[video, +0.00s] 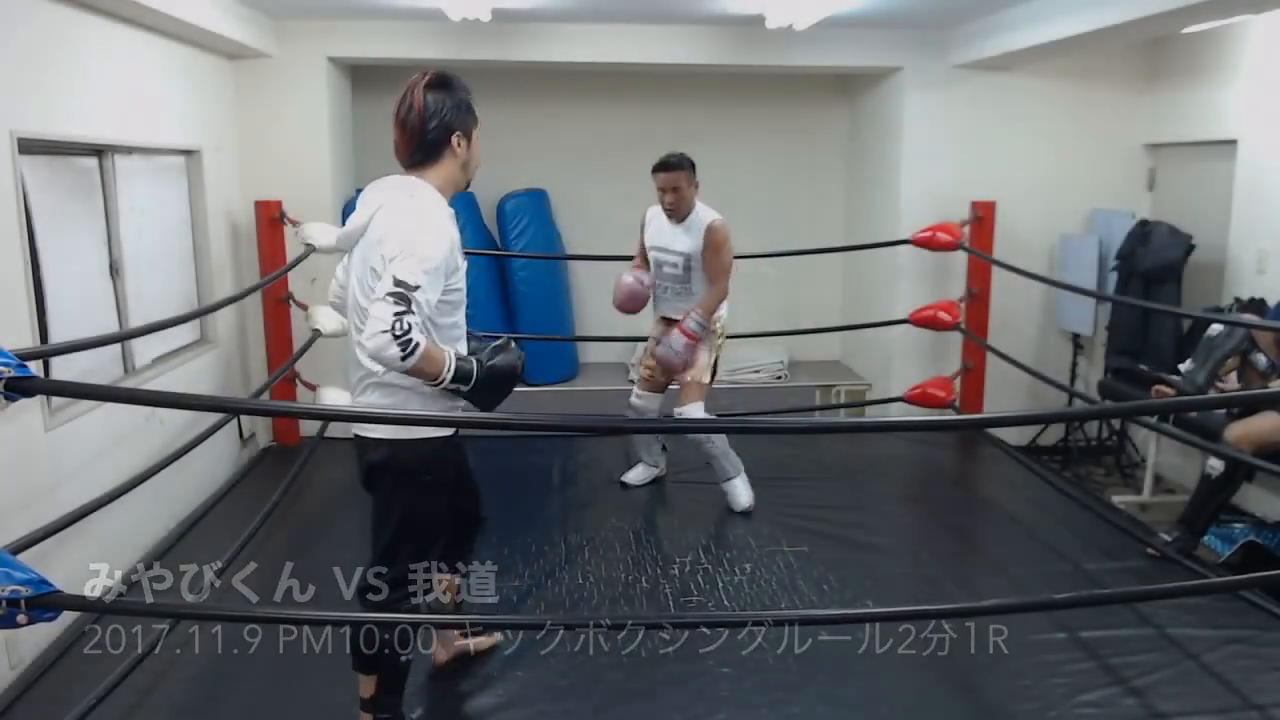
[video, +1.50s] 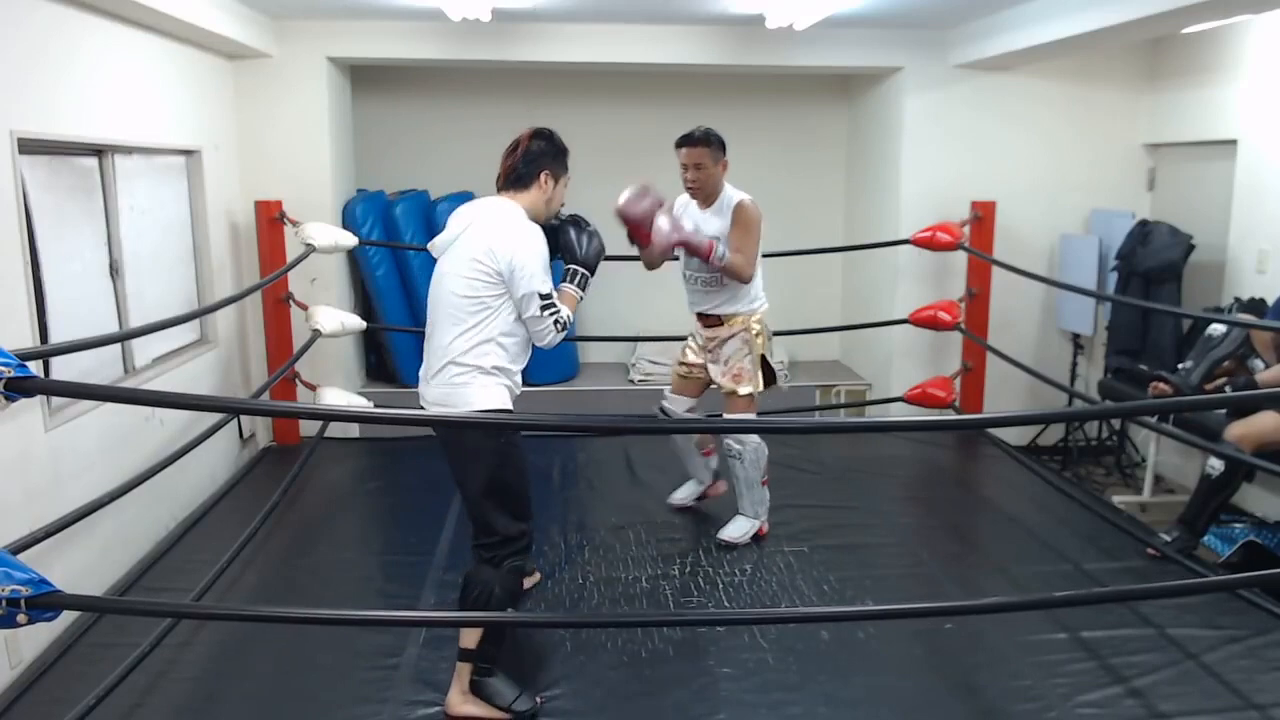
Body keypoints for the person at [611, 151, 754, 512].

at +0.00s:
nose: (667, 199)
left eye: (675, 191)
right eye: (661, 191)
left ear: (695, 187)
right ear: (655, 189)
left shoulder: (713, 229)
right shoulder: (653, 217)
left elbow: (719, 289)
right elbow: (642, 260)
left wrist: (686, 332)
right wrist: (635, 281)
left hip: (702, 324)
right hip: (665, 321)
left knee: (689, 413)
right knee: (642, 403)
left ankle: (732, 477)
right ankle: (653, 461)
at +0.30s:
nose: (670, 188)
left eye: (679, 180)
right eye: (664, 180)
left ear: (698, 181)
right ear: (657, 181)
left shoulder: (720, 224)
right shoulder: (647, 223)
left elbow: (739, 280)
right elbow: (643, 270)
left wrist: (713, 323)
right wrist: (640, 315)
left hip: (709, 331)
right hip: (667, 330)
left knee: (708, 418)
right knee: (673, 406)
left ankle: (732, 495)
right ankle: (681, 458)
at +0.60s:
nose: (673, 181)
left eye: (682, 173)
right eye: (667, 173)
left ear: (703, 173)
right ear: (661, 174)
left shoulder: (724, 217)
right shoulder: (651, 217)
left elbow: (729, 277)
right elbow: (639, 269)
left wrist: (692, 277)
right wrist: (622, 279)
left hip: (721, 328)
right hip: (673, 329)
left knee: (726, 421)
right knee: (645, 410)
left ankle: (733, 498)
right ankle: (647, 494)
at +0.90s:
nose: (646, 182)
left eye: (655, 174)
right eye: (640, 174)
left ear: (676, 173)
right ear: (633, 175)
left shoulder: (699, 213)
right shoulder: (630, 214)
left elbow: (688, 261)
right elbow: (599, 263)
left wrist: (660, 233)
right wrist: (587, 228)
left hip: (703, 331)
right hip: (656, 334)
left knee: (708, 422)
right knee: (639, 420)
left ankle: (729, 492)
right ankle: (637, 506)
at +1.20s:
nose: (660, 178)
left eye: (670, 170)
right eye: (654, 169)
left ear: (691, 170)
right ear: (647, 170)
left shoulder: (711, 210)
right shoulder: (640, 210)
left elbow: (725, 268)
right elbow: (612, 265)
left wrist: (687, 253)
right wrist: (602, 244)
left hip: (714, 328)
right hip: (668, 332)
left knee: (724, 427)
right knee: (647, 422)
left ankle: (753, 510)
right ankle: (637, 505)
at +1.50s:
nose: (689, 176)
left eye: (698, 167)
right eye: (684, 168)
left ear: (723, 166)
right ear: (679, 168)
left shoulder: (743, 209)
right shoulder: (679, 207)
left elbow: (744, 270)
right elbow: (652, 260)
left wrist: (698, 245)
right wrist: (639, 226)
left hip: (742, 330)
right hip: (704, 331)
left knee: (737, 425)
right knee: (675, 409)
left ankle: (753, 514)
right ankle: (707, 476)